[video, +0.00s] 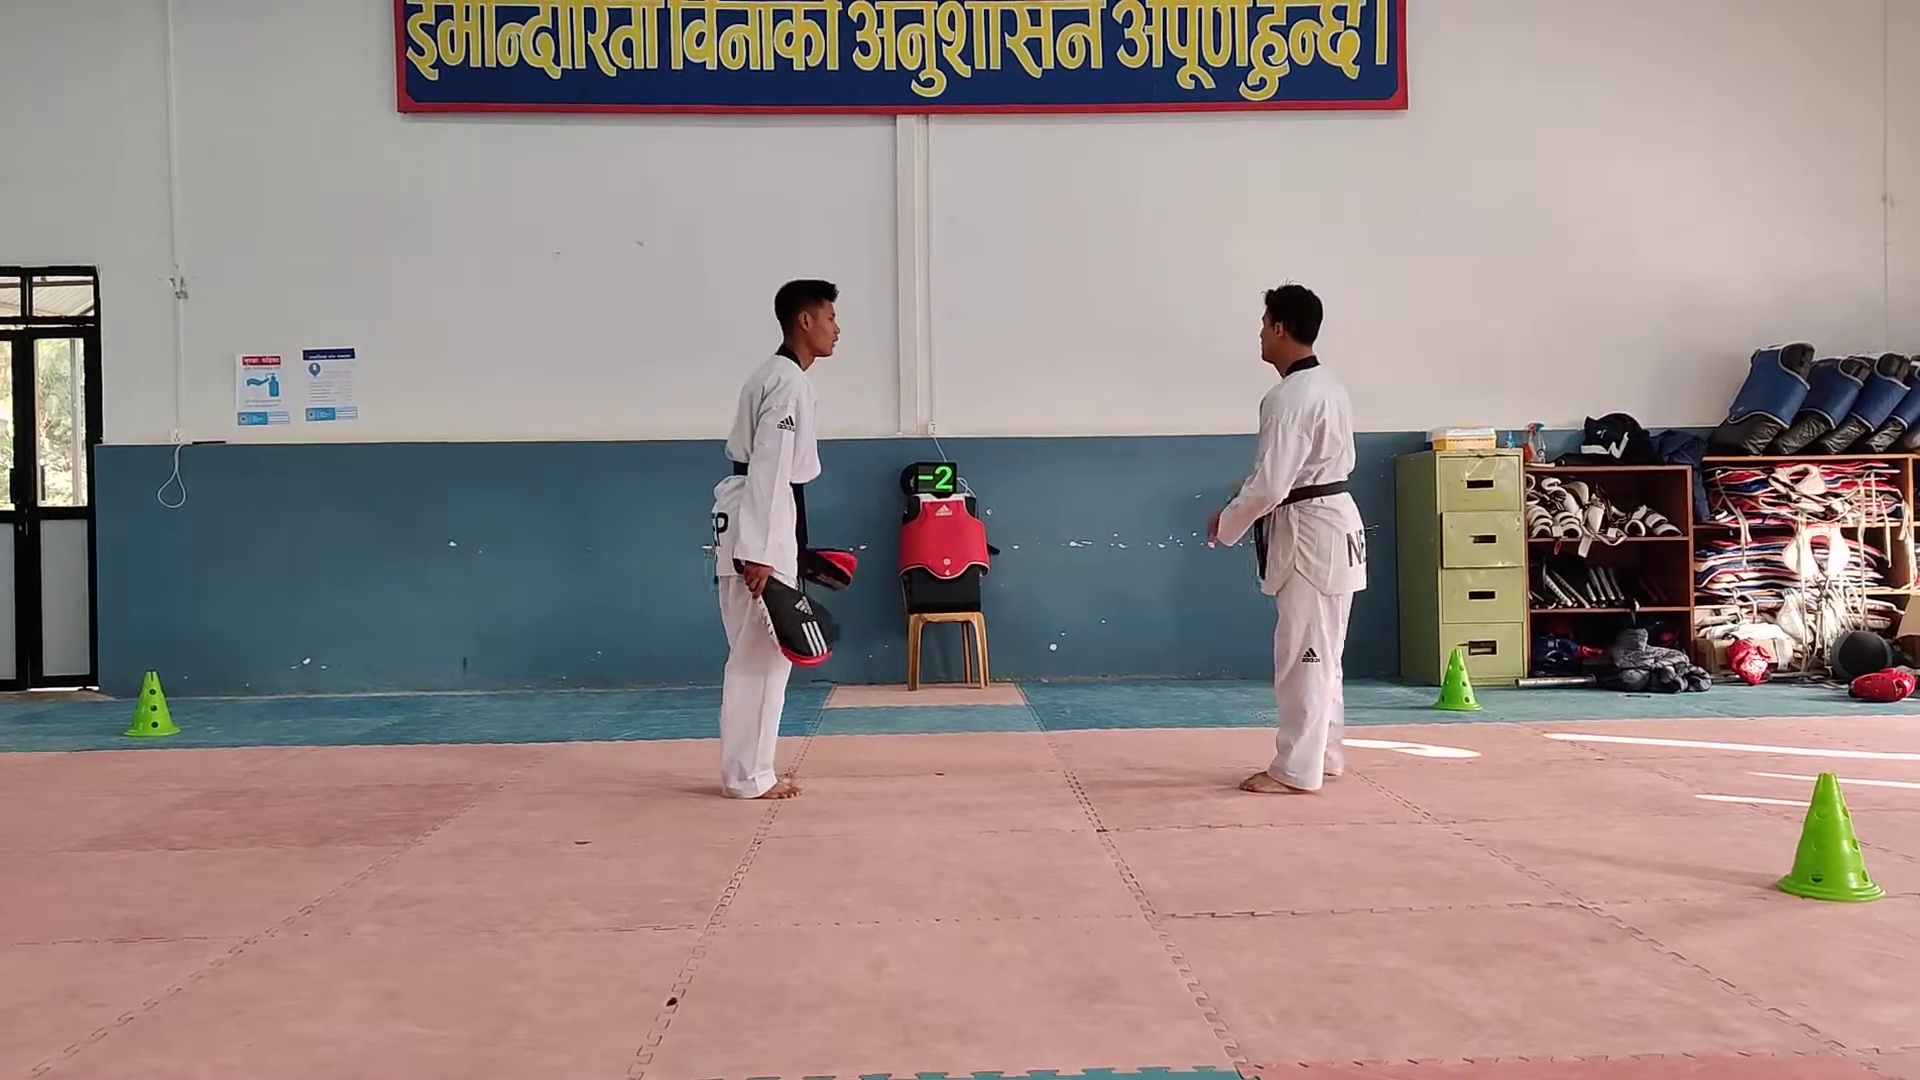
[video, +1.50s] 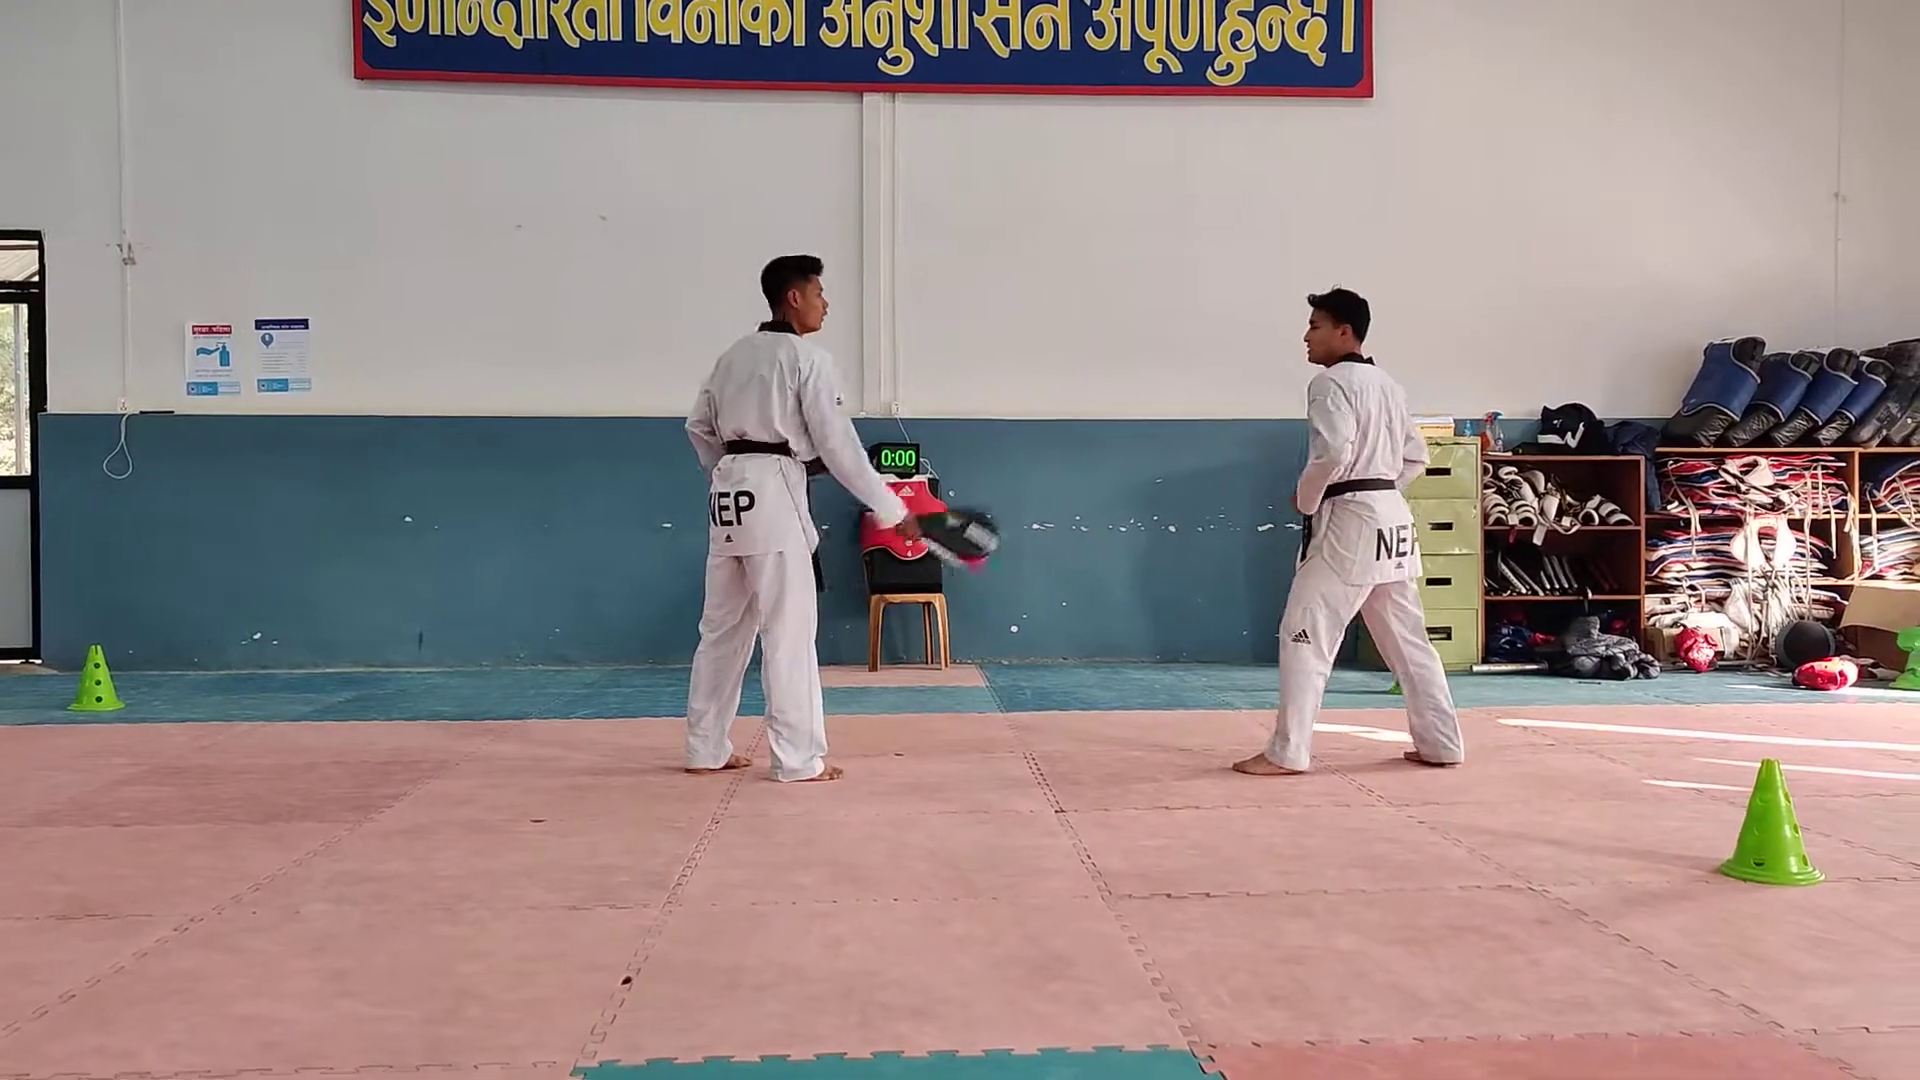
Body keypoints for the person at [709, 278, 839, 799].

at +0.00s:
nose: (837, 328)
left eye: (835, 318)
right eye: (830, 317)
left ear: (801, 323)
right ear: (805, 321)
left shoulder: (774, 377)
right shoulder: (788, 383)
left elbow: (771, 476)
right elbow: (767, 475)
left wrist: (796, 552)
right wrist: (758, 550)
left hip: (752, 524)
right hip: (760, 529)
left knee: (758, 653)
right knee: (766, 654)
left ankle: (749, 771)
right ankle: (749, 776)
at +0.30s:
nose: (807, 314)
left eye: (803, 304)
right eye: (797, 305)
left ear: (770, 314)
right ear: (771, 313)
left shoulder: (749, 373)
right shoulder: (773, 375)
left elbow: (748, 468)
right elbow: (770, 469)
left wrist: (799, 548)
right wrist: (771, 542)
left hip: (749, 523)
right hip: (768, 525)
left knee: (760, 646)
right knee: (770, 647)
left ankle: (746, 766)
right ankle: (751, 770)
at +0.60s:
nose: (784, 302)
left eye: (780, 293)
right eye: (775, 294)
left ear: (745, 307)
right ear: (752, 304)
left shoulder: (725, 367)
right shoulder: (765, 361)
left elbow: (736, 458)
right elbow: (769, 454)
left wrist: (798, 532)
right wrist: (777, 528)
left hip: (734, 511)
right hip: (768, 510)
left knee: (742, 631)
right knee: (781, 633)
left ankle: (736, 752)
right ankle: (750, 758)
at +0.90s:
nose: (776, 296)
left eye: (772, 286)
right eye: (767, 288)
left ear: (737, 301)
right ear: (743, 298)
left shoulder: (709, 363)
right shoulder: (765, 354)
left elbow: (714, 454)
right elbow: (772, 444)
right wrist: (779, 517)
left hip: (719, 505)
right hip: (759, 502)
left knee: (730, 629)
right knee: (794, 628)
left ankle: (722, 750)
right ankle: (805, 757)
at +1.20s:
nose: (794, 293)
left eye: (789, 284)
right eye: (785, 284)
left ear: (751, 297)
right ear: (761, 294)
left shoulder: (717, 360)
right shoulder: (783, 354)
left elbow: (698, 446)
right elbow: (788, 443)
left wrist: (719, 506)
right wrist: (795, 519)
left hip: (726, 503)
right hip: (771, 500)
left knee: (728, 630)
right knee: (795, 631)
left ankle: (714, 748)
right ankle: (809, 758)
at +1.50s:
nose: (825, 302)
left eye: (823, 292)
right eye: (818, 293)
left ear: (782, 300)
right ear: (793, 298)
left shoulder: (734, 353)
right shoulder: (807, 358)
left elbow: (700, 425)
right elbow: (838, 448)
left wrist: (727, 473)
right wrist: (892, 508)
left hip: (726, 487)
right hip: (773, 487)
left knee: (723, 624)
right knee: (789, 622)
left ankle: (706, 749)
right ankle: (798, 758)